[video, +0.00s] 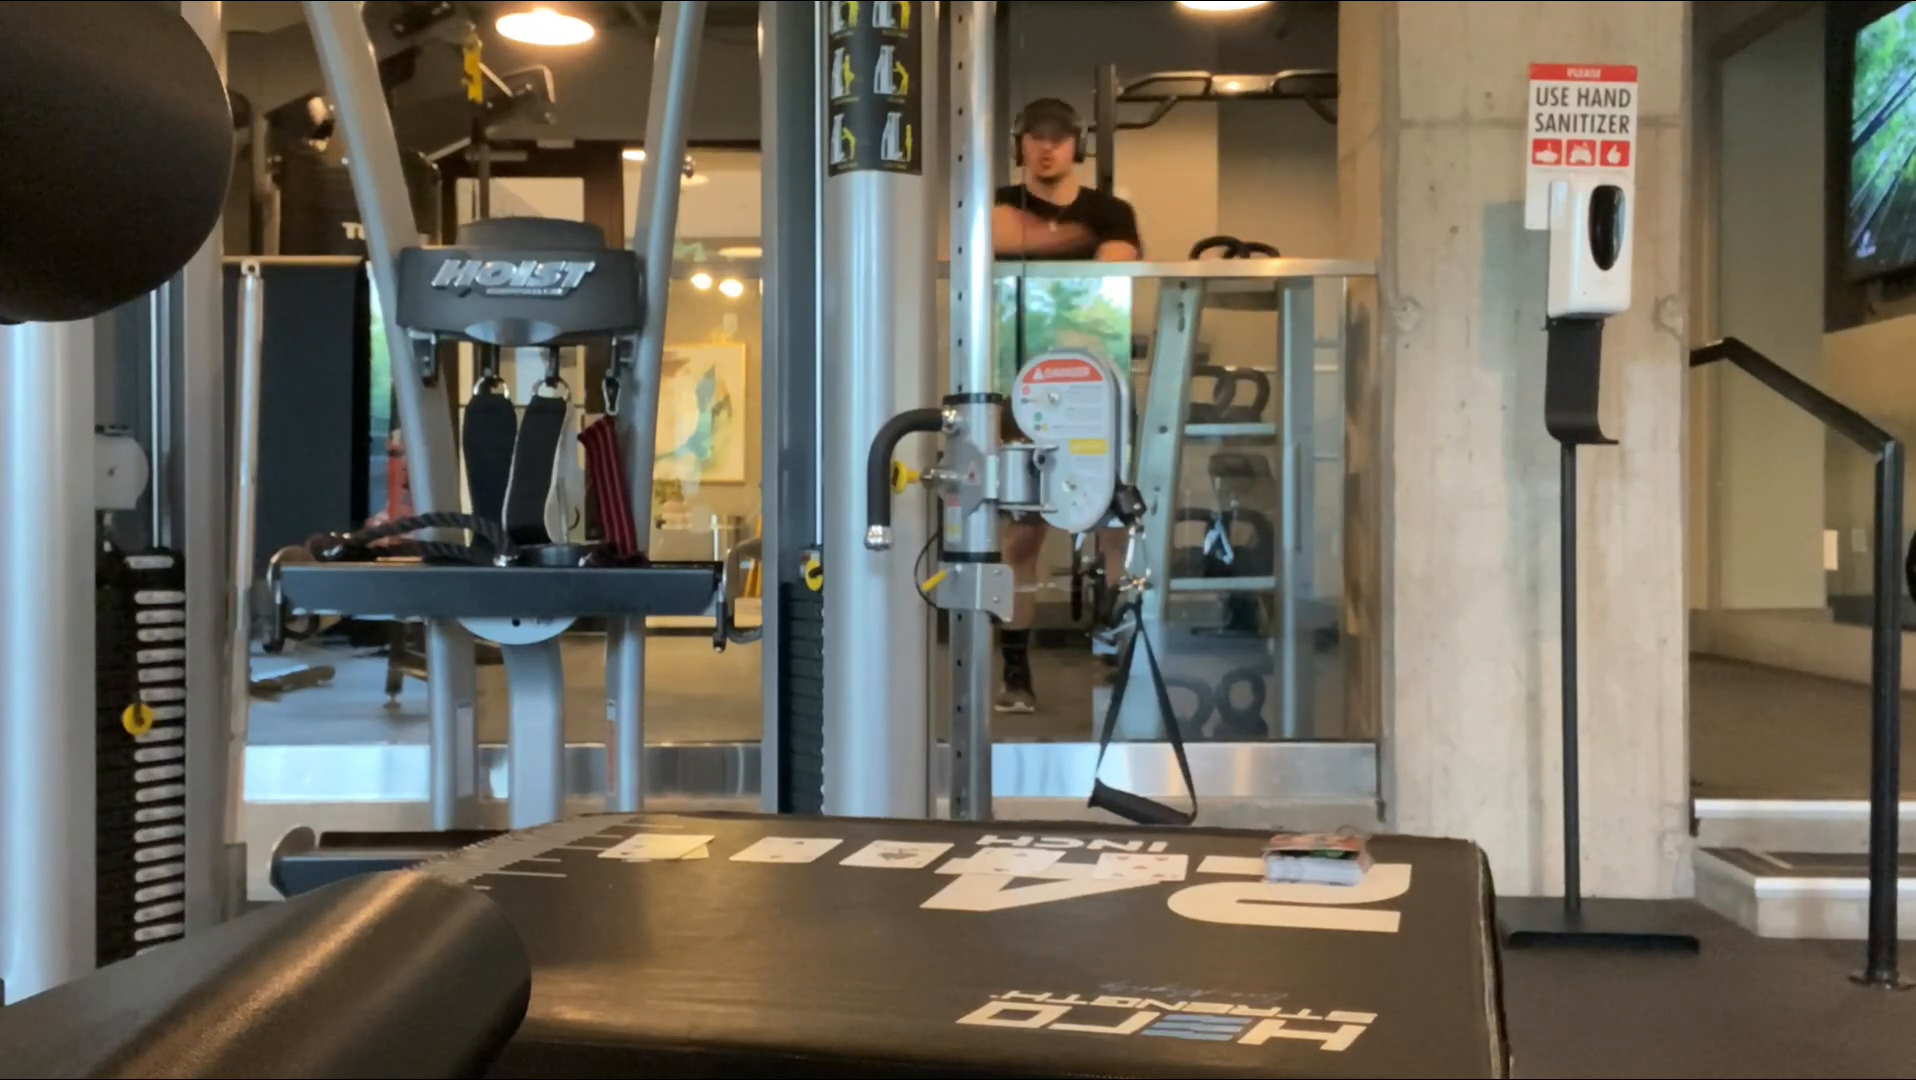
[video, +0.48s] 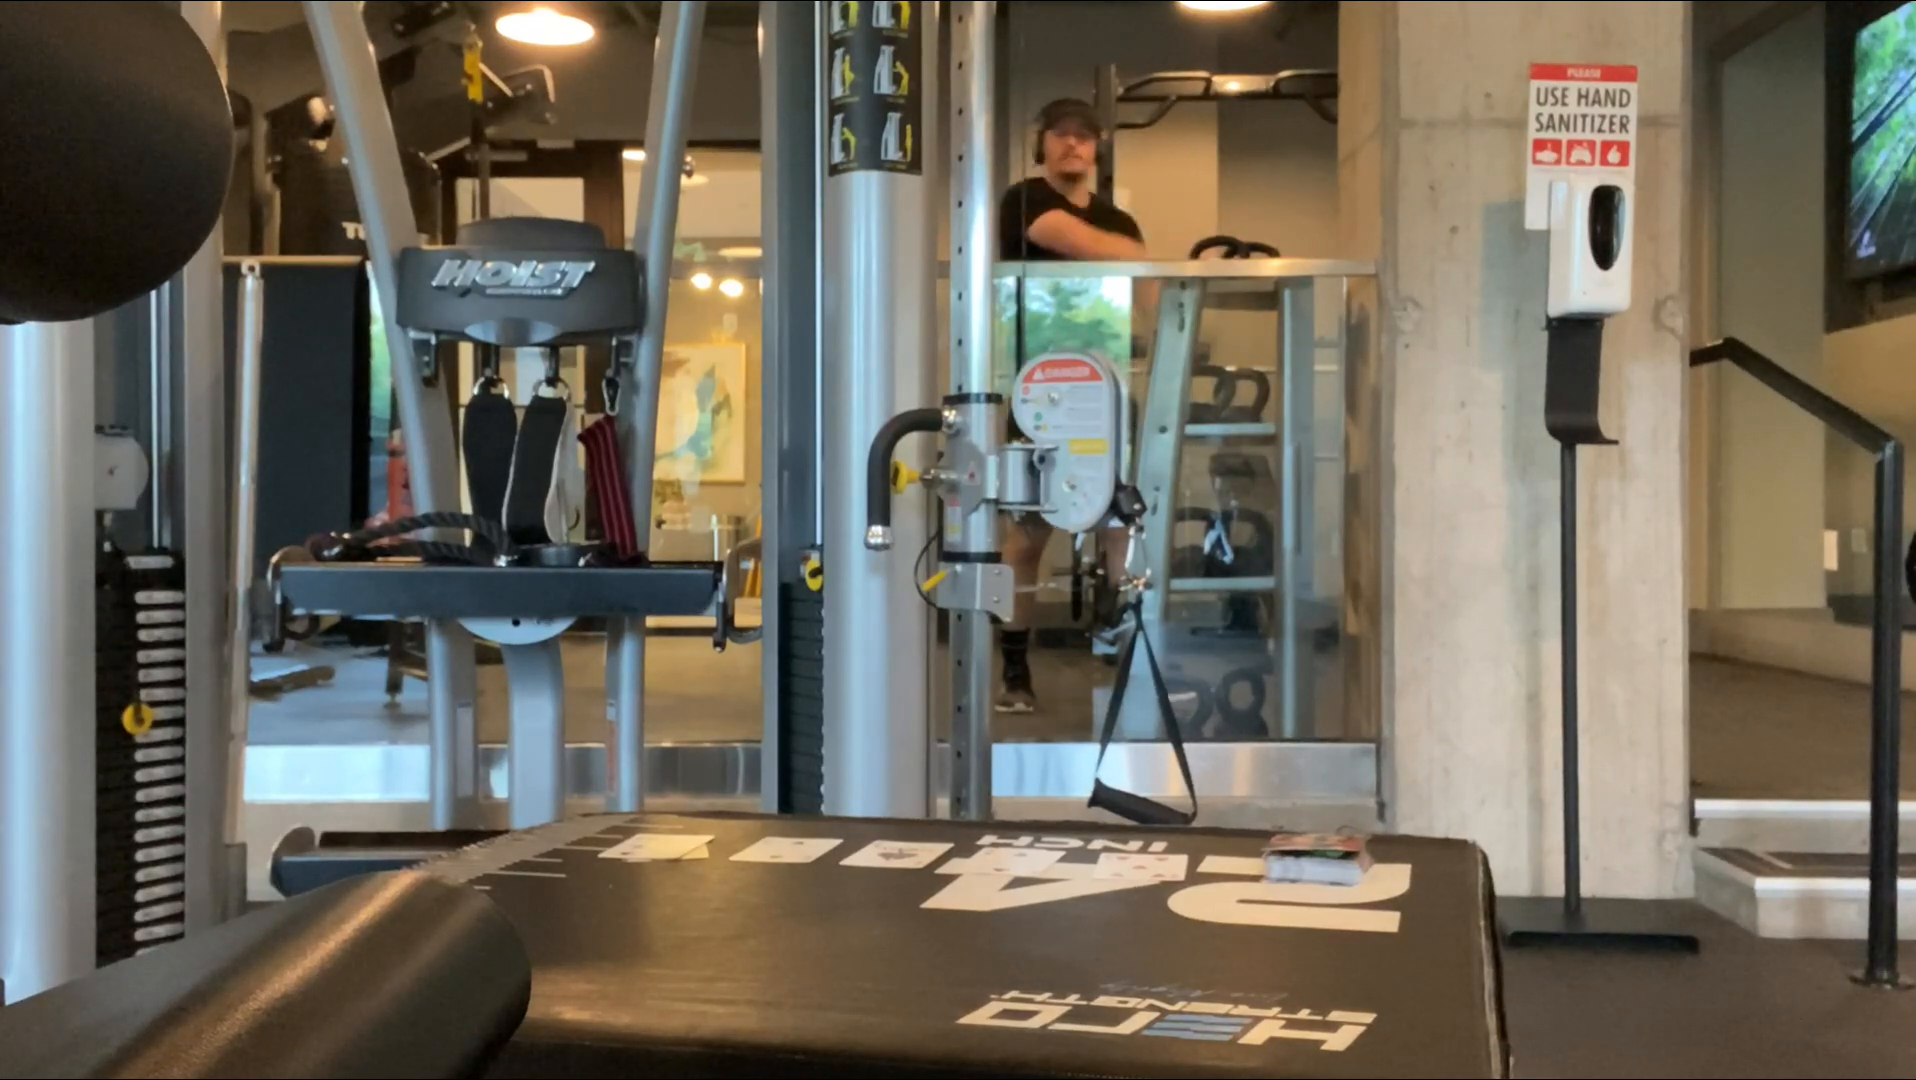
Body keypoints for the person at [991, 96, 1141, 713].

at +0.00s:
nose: (1047, 151)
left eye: (1057, 140)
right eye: (1037, 140)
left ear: (1076, 147)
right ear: (1020, 147)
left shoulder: (1110, 212)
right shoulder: (999, 206)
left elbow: (1120, 284)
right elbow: (997, 242)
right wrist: (1084, 237)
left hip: (1093, 387)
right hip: (1016, 385)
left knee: (1112, 520)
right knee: (1020, 534)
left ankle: (1123, 643)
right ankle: (1015, 659)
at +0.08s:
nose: (1044, 148)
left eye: (1054, 138)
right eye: (1034, 138)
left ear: (1073, 147)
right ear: (1017, 147)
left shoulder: (1105, 210)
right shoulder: (1001, 202)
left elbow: (1117, 245)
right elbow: (1000, 222)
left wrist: (1037, 225)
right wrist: (1095, 226)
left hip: (1092, 386)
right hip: (1016, 383)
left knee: (1112, 515)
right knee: (1021, 533)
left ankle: (1120, 629)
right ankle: (1015, 658)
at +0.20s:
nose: (1046, 141)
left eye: (1057, 131)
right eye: (1036, 132)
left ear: (1075, 142)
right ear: (1019, 142)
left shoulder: (1100, 202)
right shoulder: (1003, 191)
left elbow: (1100, 241)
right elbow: (1046, 213)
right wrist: (1138, 210)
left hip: (1089, 373)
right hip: (1016, 370)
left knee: (1109, 506)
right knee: (1020, 527)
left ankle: (1112, 620)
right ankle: (1013, 652)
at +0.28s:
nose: (1054, 142)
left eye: (1064, 133)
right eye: (1043, 133)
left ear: (1081, 143)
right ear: (1024, 141)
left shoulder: (1103, 204)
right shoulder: (1008, 189)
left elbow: (1098, 253)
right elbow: (1070, 217)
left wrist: (1028, 247)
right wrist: (1146, 217)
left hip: (1093, 371)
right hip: (1020, 369)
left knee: (1110, 505)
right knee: (1020, 526)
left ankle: (1112, 620)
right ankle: (1014, 652)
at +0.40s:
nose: (1059, 143)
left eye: (1070, 134)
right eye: (1048, 133)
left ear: (1086, 146)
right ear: (1029, 143)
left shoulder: (1098, 209)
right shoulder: (1016, 194)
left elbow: (1134, 243)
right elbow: (1099, 233)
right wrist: (1186, 242)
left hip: (1090, 387)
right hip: (1023, 385)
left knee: (1112, 511)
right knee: (1022, 526)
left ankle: (1117, 625)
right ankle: (1013, 655)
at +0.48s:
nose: (1073, 145)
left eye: (1083, 136)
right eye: (1062, 134)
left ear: (1097, 147)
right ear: (1041, 143)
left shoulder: (1117, 220)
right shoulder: (1024, 199)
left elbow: (1144, 300)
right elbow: (1076, 241)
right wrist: (1145, 257)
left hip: (1106, 390)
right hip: (1034, 388)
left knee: (1119, 512)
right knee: (1027, 531)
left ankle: (1121, 632)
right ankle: (1014, 656)